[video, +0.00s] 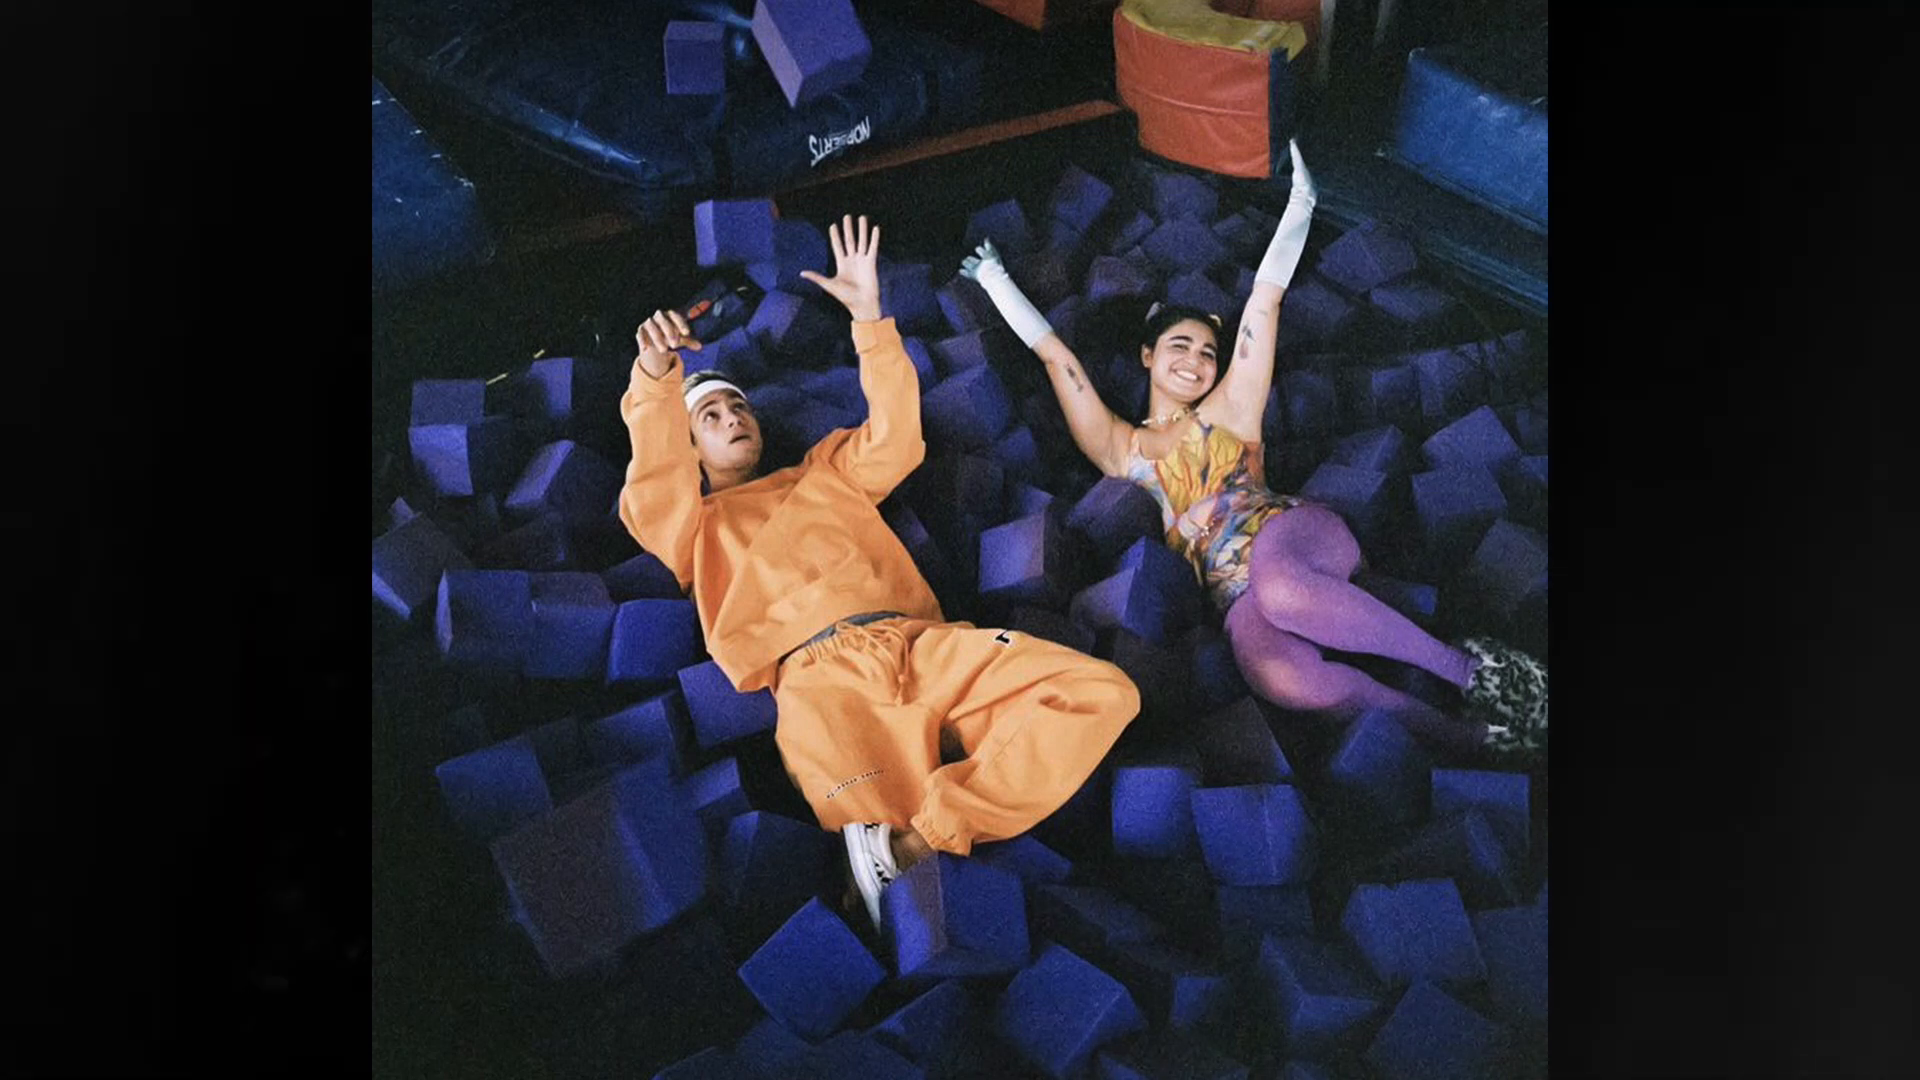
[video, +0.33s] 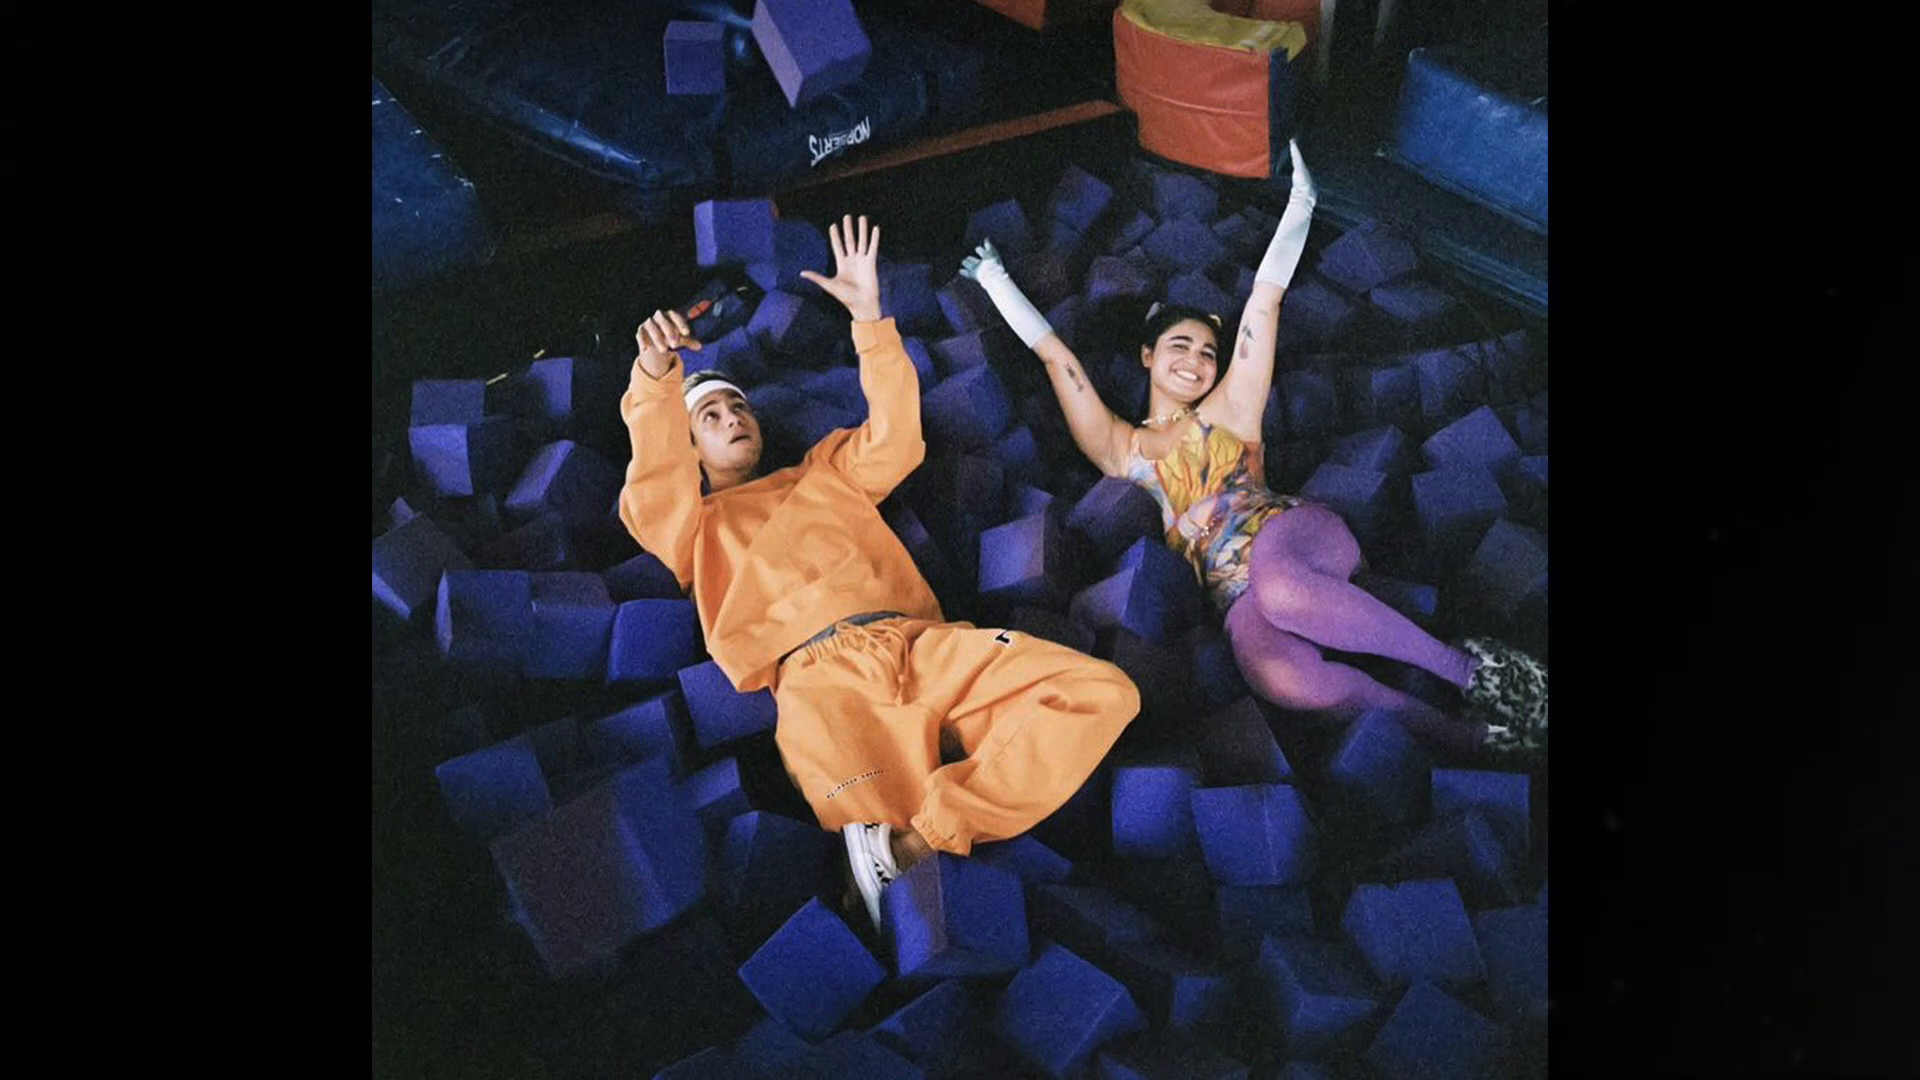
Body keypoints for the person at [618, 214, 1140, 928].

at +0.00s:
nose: (730, 418)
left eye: (738, 407)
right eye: (709, 415)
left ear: (761, 426)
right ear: (688, 449)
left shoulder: (827, 468)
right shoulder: (696, 525)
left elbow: (895, 435)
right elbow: (654, 477)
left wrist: (868, 317)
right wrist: (655, 374)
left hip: (917, 640)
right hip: (819, 673)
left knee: (1094, 693)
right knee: (880, 826)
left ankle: (915, 841)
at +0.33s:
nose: (730, 418)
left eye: (738, 407)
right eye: (709, 415)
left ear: (761, 426)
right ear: (688, 449)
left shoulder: (827, 468)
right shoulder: (696, 525)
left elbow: (895, 435)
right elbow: (654, 477)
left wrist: (868, 317)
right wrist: (655, 373)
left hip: (917, 640)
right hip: (819, 673)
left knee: (1094, 693)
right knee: (880, 826)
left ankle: (915, 841)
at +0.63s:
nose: (730, 418)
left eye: (738, 407)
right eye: (709, 415)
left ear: (761, 426)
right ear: (688, 449)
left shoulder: (827, 468)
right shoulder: (696, 525)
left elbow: (895, 435)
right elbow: (654, 477)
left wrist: (868, 317)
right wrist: (655, 374)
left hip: (917, 640)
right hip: (819, 673)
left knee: (1094, 693)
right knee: (880, 827)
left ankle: (915, 841)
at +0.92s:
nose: (730, 418)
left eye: (738, 407)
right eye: (709, 415)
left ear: (761, 426)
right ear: (688, 449)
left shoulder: (827, 468)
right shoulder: (696, 525)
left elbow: (895, 435)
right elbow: (654, 477)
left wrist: (868, 317)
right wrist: (655, 373)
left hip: (917, 640)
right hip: (819, 673)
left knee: (1094, 693)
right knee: (880, 827)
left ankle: (915, 841)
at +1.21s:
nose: (730, 418)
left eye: (738, 407)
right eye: (709, 415)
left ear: (761, 426)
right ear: (688, 449)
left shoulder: (827, 468)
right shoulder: (696, 525)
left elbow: (895, 435)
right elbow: (654, 477)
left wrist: (868, 317)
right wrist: (655, 374)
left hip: (917, 640)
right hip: (819, 673)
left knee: (1094, 693)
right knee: (880, 827)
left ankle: (915, 841)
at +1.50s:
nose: (730, 418)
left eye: (738, 407)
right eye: (709, 415)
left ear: (761, 426)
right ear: (688, 449)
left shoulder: (827, 468)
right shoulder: (696, 525)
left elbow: (895, 435)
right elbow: (654, 477)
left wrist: (868, 317)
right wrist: (655, 374)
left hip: (917, 640)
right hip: (819, 673)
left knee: (1094, 693)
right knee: (880, 827)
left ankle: (915, 841)